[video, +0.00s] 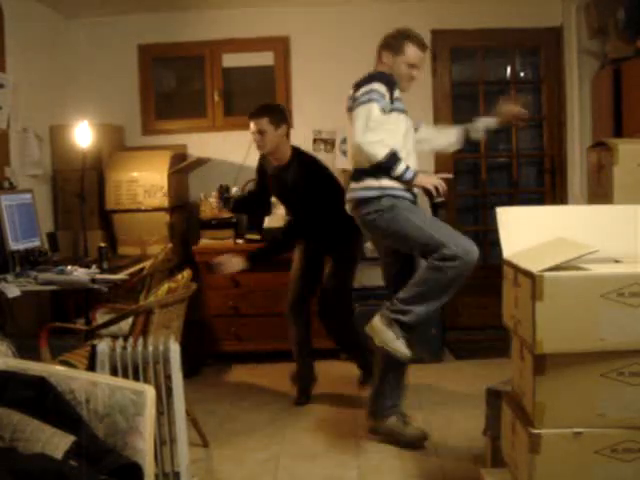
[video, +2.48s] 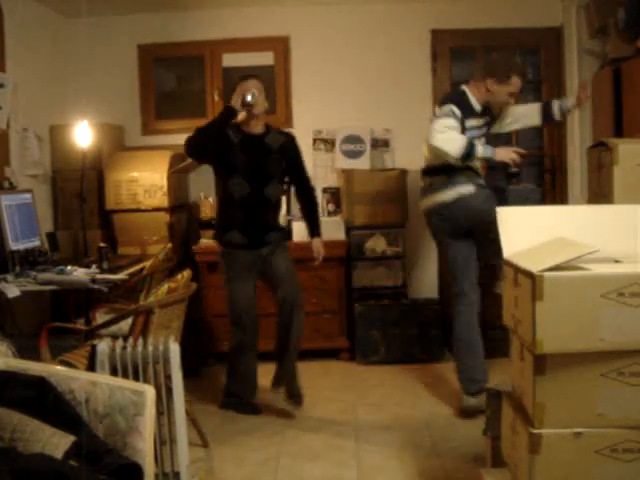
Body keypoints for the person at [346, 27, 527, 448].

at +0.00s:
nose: (416, 75)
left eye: (420, 68)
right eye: (411, 65)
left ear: (411, 67)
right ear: (386, 59)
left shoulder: (397, 107)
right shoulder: (375, 87)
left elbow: (433, 139)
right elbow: (366, 142)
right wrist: (412, 175)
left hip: (393, 201)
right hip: (377, 199)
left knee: (403, 305)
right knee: (461, 253)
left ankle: (385, 413)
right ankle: (392, 319)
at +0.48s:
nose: (403, 80)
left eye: (410, 71)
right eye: (395, 73)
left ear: (426, 67)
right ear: (386, 72)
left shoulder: (455, 104)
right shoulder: (376, 113)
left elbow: (492, 142)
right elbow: (354, 154)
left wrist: (485, 185)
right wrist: (381, 178)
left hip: (440, 213)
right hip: (397, 207)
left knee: (430, 322)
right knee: (382, 215)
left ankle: (424, 411)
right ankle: (390, 303)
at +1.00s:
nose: (414, 102)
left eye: (416, 94)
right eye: (411, 96)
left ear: (438, 82)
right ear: (424, 91)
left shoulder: (472, 113)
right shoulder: (443, 114)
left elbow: (417, 115)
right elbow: (448, 169)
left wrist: (350, 110)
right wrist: (418, 163)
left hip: (449, 224)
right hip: (420, 210)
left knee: (432, 321)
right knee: (360, 193)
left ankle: (450, 410)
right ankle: (337, 283)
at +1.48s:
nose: (432, 99)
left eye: (432, 92)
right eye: (431, 93)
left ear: (444, 83)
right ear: (462, 79)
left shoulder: (451, 111)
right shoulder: (509, 111)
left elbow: (395, 131)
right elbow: (520, 164)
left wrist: (353, 133)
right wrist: (482, 172)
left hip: (474, 224)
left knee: (461, 311)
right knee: (383, 208)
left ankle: (488, 395)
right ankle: (333, 273)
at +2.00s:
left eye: (465, 100)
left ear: (466, 98)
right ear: (502, 98)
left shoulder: (444, 125)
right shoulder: (517, 121)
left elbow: (446, 167)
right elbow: (557, 166)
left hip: (467, 239)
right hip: (513, 233)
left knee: (471, 313)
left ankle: (498, 387)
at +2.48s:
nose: (512, 100)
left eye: (514, 94)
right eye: (509, 93)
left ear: (492, 87)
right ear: (489, 85)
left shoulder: (484, 110)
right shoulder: (456, 105)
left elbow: (523, 114)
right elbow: (441, 142)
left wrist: (568, 104)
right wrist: (490, 153)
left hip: (449, 205)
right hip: (459, 199)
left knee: (465, 296)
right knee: (531, 207)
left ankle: (473, 390)